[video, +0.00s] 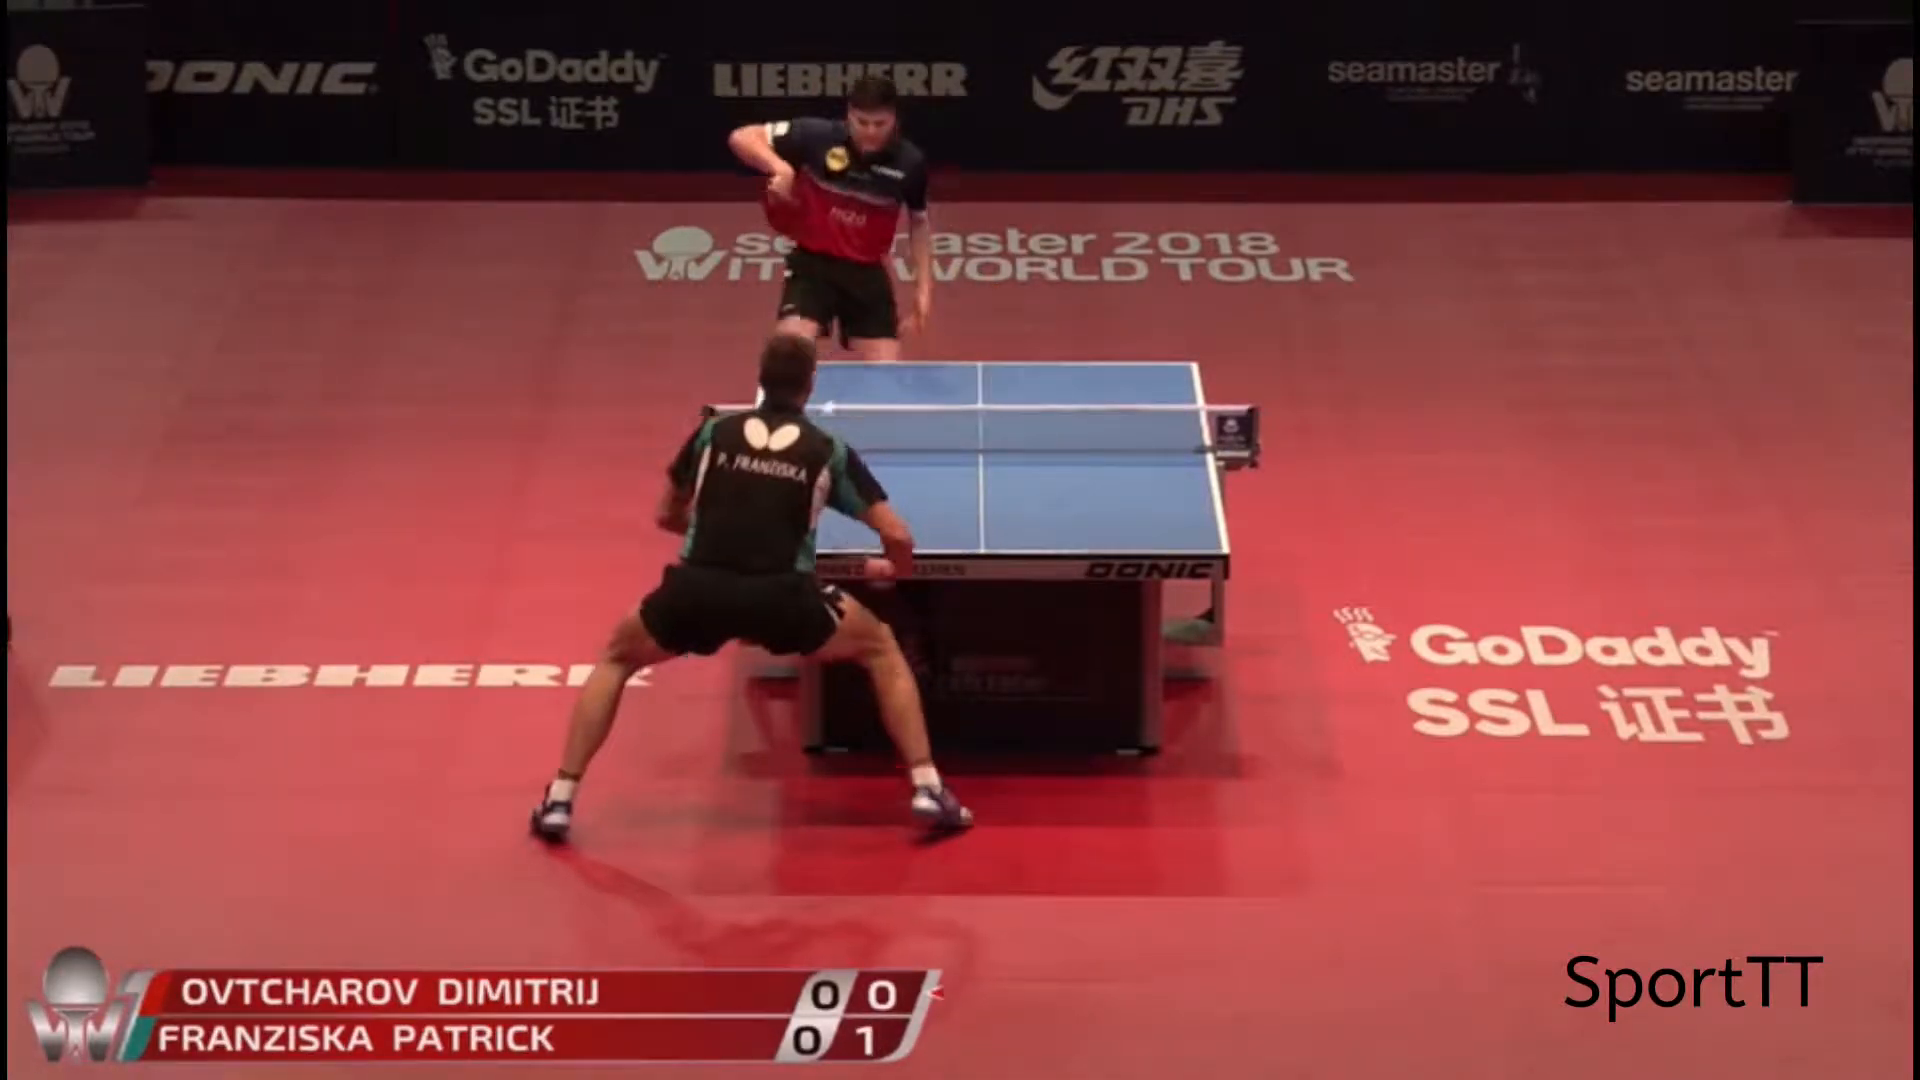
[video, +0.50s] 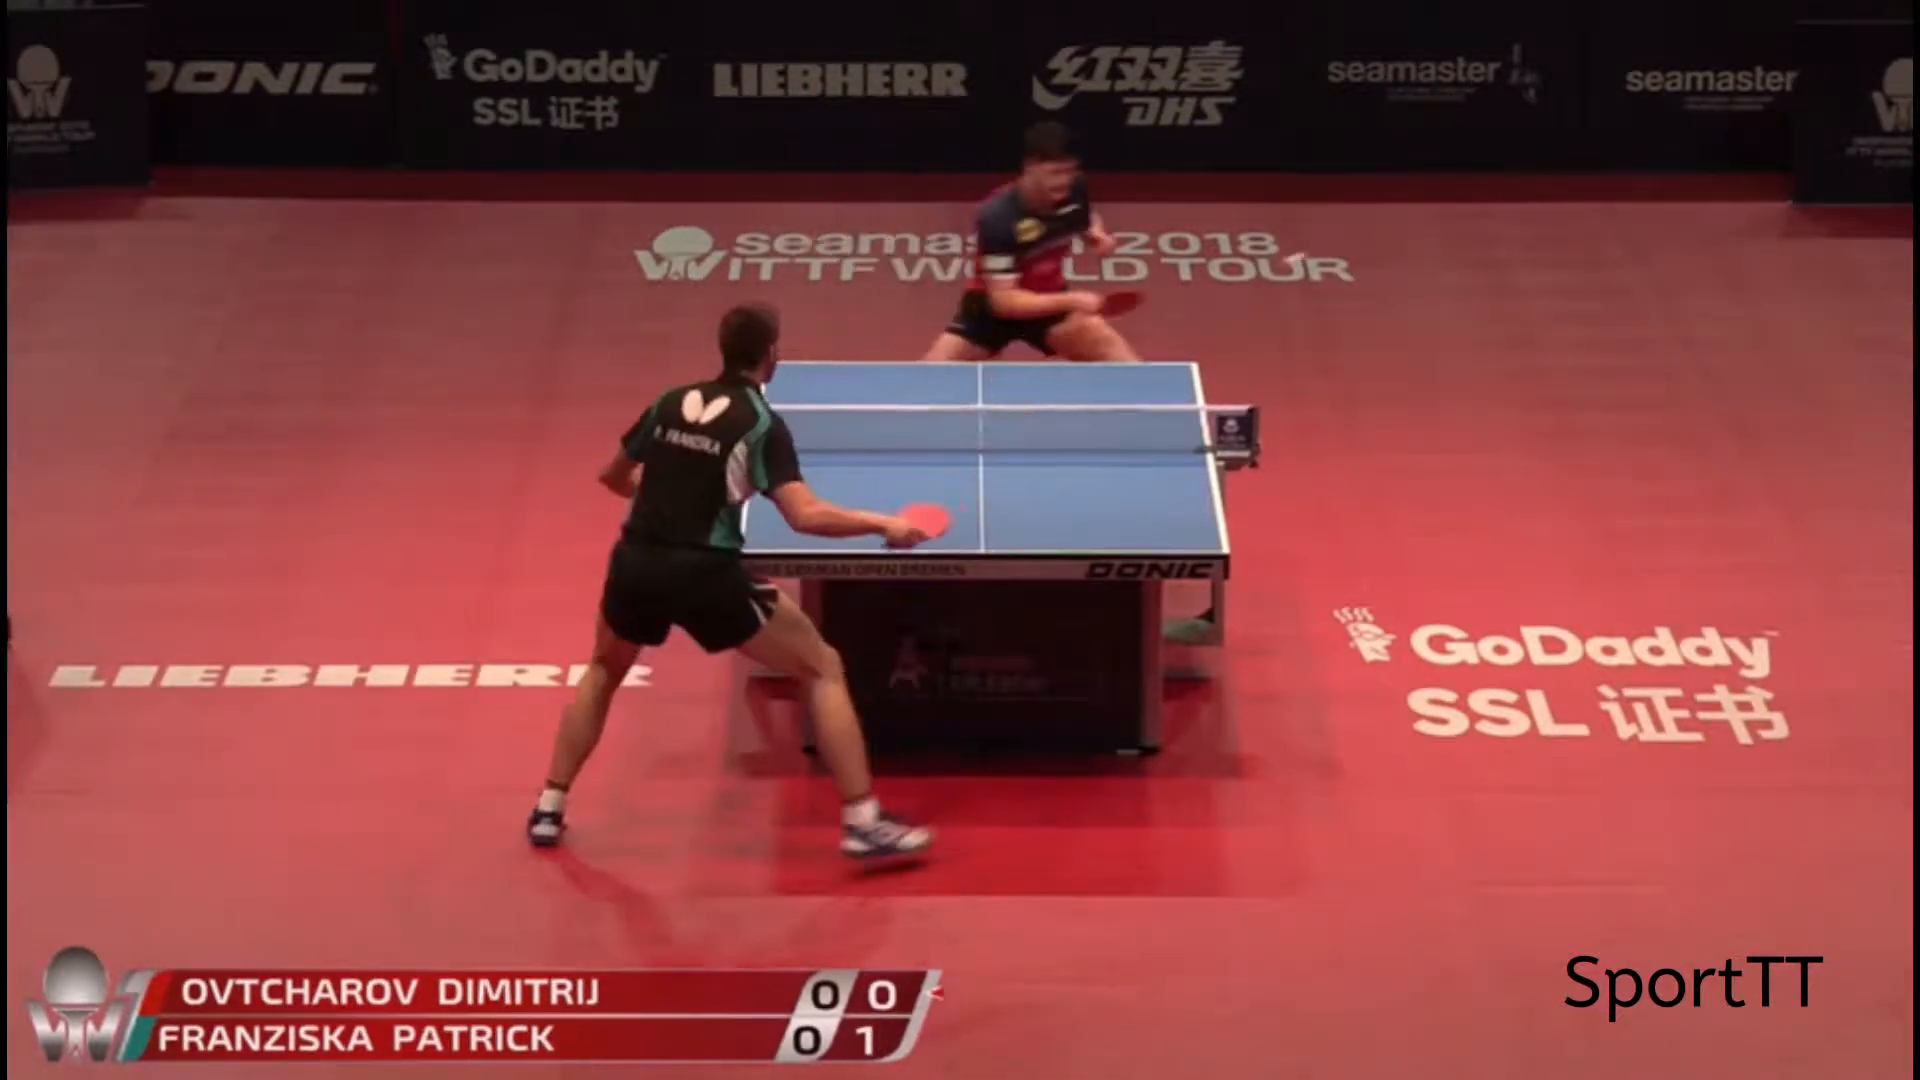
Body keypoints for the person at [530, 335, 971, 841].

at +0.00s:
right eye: (808, 372)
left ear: (760, 377)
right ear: (810, 384)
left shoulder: (714, 430)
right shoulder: (828, 449)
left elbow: (669, 514)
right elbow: (897, 535)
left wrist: (705, 527)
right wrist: (898, 569)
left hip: (699, 592)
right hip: (783, 599)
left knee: (617, 659)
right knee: (879, 648)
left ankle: (560, 798)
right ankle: (928, 788)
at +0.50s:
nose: (779, 360)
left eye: (776, 351)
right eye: (777, 352)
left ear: (722, 352)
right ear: (769, 358)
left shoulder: (672, 402)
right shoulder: (762, 423)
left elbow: (615, 474)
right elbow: (804, 515)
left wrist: (662, 496)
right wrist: (885, 526)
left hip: (636, 565)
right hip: (709, 576)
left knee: (603, 672)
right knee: (823, 667)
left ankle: (548, 807)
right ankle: (863, 820)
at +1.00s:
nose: (725, 355)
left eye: (720, 346)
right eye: (723, 347)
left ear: (666, 348)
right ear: (713, 351)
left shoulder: (619, 411)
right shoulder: (720, 421)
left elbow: (585, 503)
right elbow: (728, 524)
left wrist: (634, 527)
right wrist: (769, 573)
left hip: (611, 579)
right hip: (683, 586)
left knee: (589, 710)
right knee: (746, 722)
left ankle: (538, 838)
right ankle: (767, 878)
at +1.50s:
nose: (596, 280)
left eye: (584, 270)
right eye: (599, 271)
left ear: (549, 272)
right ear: (595, 275)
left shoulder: (507, 338)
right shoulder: (619, 349)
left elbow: (468, 427)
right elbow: (640, 451)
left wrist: (515, 447)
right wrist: (603, 450)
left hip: (504, 506)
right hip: (574, 516)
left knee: (497, 629)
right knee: (572, 668)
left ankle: (479, 760)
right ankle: (518, 791)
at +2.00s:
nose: (830, 465)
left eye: (836, 457)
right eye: (828, 455)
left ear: (805, 435)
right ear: (800, 435)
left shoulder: (782, 443)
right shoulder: (737, 455)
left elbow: (804, 518)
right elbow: (727, 555)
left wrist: (875, 531)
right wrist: (802, 532)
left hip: (668, 526)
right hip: (610, 517)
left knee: (738, 617)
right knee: (576, 667)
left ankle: (704, 750)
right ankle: (462, 725)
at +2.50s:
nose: (830, 468)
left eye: (836, 459)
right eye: (830, 458)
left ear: (810, 437)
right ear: (807, 441)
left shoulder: (781, 440)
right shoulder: (737, 452)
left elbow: (798, 524)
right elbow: (726, 553)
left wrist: (872, 539)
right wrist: (805, 533)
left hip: (670, 528)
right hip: (612, 517)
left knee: (738, 617)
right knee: (578, 667)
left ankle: (704, 750)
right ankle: (464, 725)